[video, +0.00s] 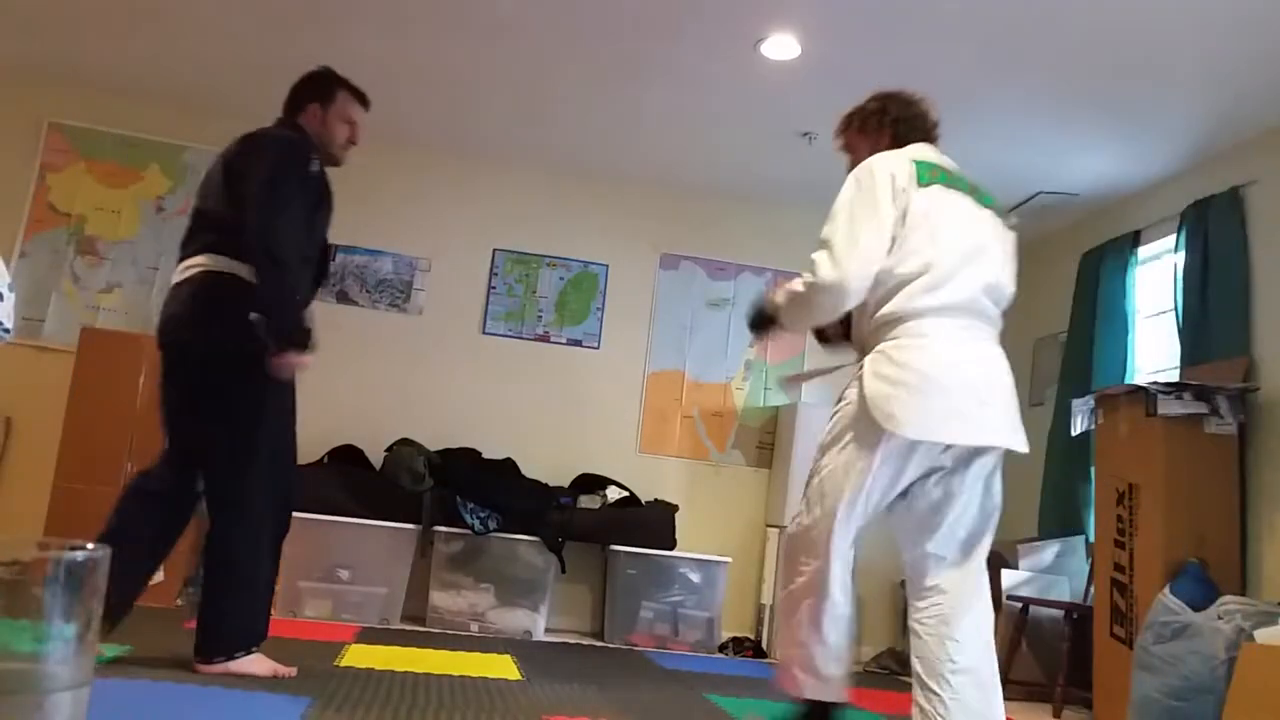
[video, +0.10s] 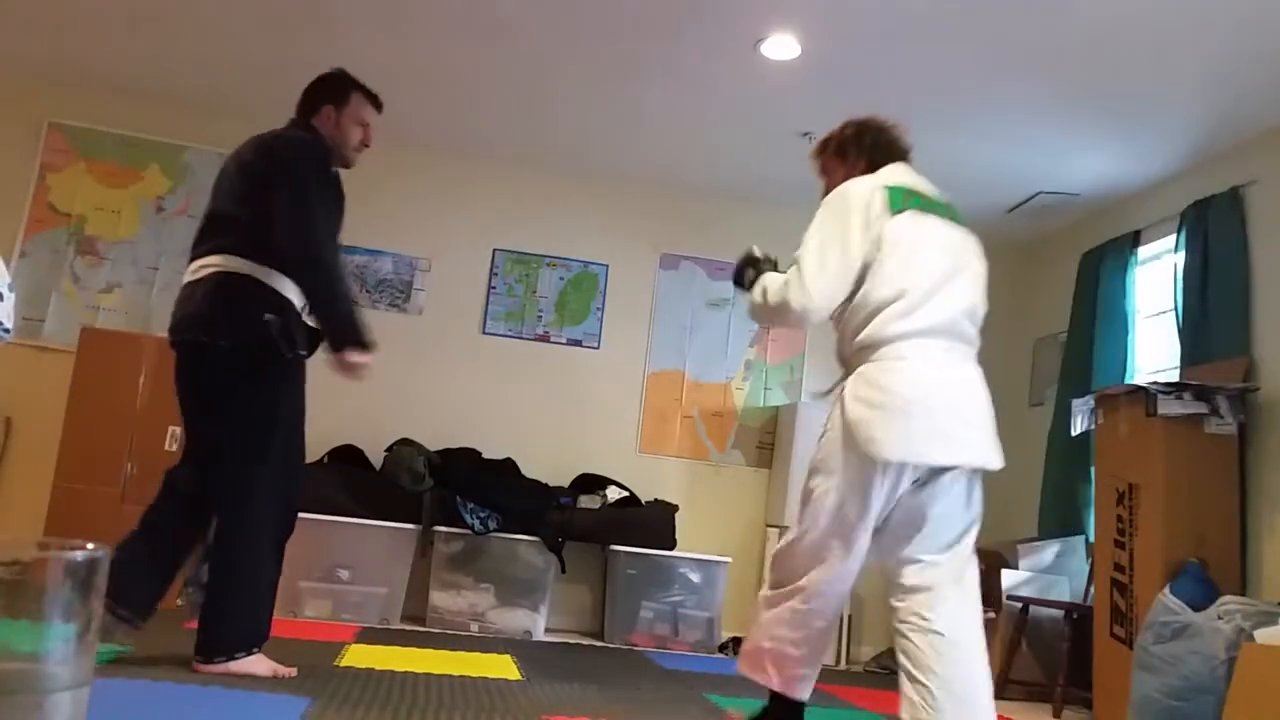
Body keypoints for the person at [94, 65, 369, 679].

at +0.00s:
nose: (356, 137)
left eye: (360, 127)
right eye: (349, 122)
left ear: (306, 118)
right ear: (314, 113)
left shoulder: (251, 150)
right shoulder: (290, 153)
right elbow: (277, 241)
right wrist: (288, 336)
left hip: (191, 314)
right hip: (239, 317)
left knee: (183, 469)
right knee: (256, 484)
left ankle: (83, 614)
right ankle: (227, 646)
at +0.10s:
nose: (368, 139)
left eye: (372, 129)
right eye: (362, 124)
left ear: (314, 118)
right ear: (327, 114)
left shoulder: (253, 151)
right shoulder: (307, 156)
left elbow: (246, 257)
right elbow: (312, 249)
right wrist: (350, 337)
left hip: (201, 322)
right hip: (256, 328)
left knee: (206, 468)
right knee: (267, 484)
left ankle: (116, 603)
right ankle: (230, 646)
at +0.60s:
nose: (380, 164)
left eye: (383, 153)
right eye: (376, 148)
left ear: (335, 139)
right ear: (343, 135)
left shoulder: (267, 175)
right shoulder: (321, 175)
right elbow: (324, 269)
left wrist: (356, 296)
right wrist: (393, 309)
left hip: (221, 329)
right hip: (279, 331)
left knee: (212, 480)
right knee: (346, 466)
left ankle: (168, 630)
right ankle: (279, 620)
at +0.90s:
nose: (423, 183)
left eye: (428, 173)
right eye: (421, 168)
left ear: (379, 156)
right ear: (391, 154)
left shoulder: (315, 188)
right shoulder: (369, 194)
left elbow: (343, 273)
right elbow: (379, 281)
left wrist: (418, 269)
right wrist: (452, 291)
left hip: (262, 347)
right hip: (325, 356)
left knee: (232, 491)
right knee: (367, 504)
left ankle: (170, 631)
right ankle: (366, 654)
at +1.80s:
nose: (428, 199)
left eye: (431, 190)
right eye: (426, 186)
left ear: (378, 172)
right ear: (397, 172)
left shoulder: (324, 206)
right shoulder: (389, 209)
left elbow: (361, 282)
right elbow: (406, 288)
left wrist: (425, 252)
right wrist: (470, 251)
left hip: (267, 355)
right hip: (334, 364)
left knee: (215, 495)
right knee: (401, 495)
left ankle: (122, 626)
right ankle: (396, 648)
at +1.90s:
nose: (424, 201)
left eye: (427, 193)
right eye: (421, 190)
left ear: (371, 183)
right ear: (392, 180)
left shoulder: (315, 214)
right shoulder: (399, 219)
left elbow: (315, 297)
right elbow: (461, 270)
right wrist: (496, 226)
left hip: (251, 362)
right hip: (324, 372)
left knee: (191, 493)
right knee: (377, 511)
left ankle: (122, 613)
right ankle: (395, 652)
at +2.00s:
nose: (402, 206)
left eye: (404, 195)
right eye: (399, 193)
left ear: (349, 187)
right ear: (371, 186)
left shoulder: (292, 218)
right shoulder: (379, 228)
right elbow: (437, 300)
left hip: (237, 367)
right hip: (312, 376)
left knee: (165, 484)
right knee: (373, 508)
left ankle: (80, 597)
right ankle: (386, 650)